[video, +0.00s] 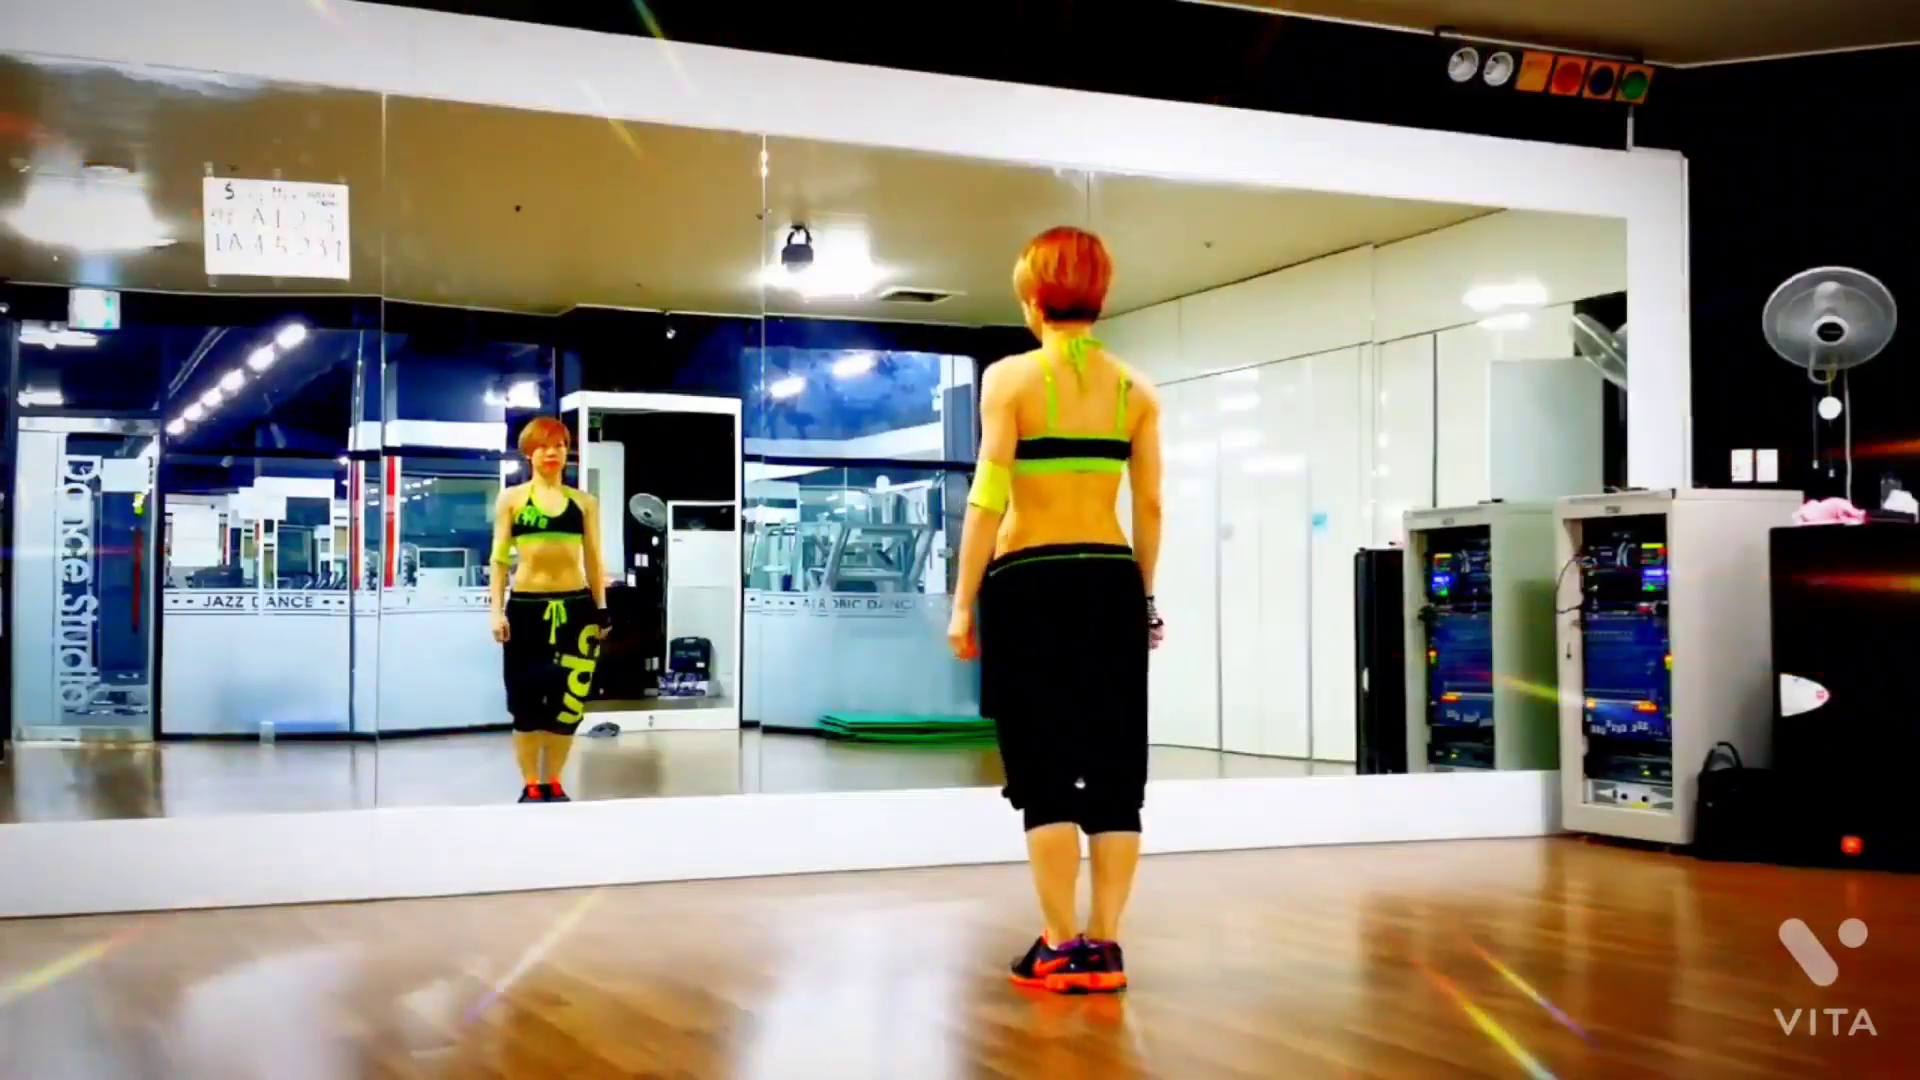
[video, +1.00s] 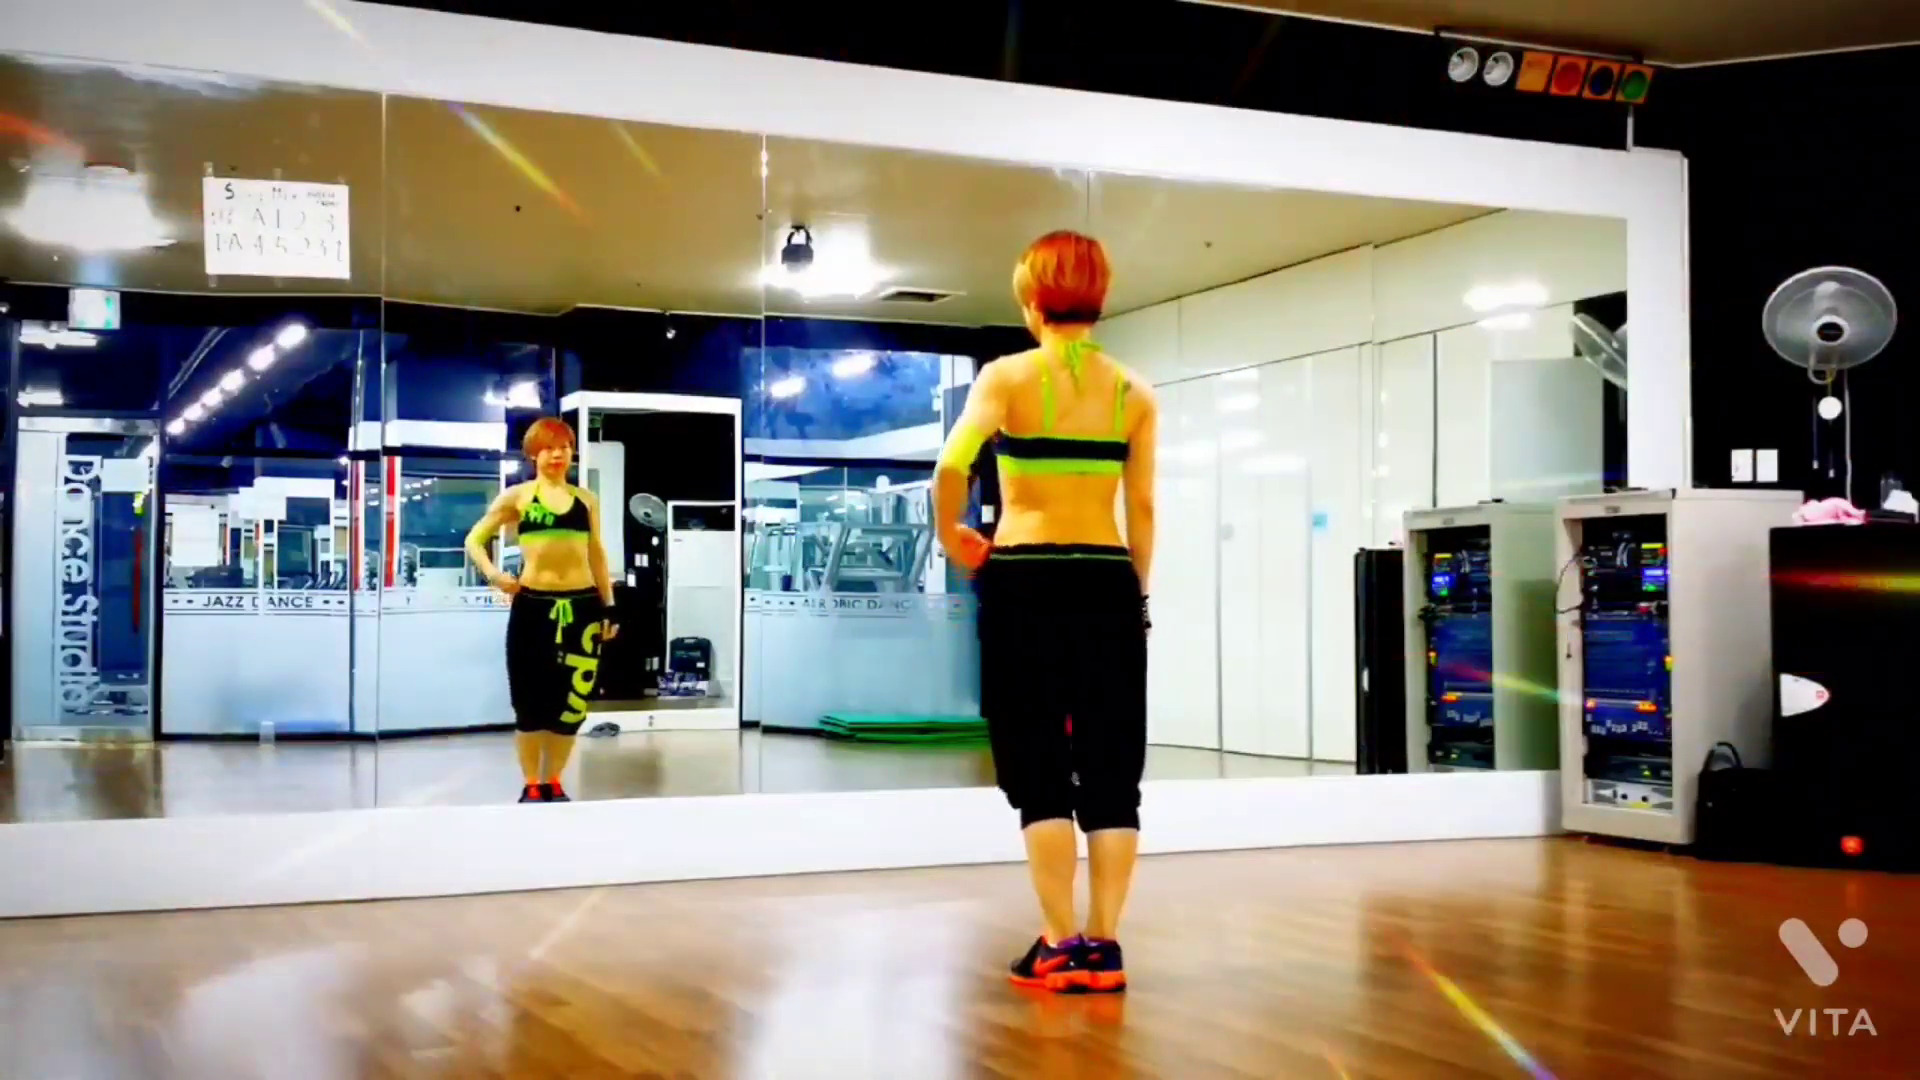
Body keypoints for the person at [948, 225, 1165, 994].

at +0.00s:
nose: (1024, 305)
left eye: (1025, 293)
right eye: (1035, 293)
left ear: (1031, 299)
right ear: (1100, 297)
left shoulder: (1009, 379)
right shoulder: (1134, 388)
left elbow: (990, 498)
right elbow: (1149, 505)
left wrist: (964, 601)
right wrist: (1143, 590)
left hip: (1026, 587)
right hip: (1111, 586)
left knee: (1041, 764)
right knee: (1117, 762)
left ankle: (1060, 940)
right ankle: (1104, 942)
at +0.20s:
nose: (1023, 305)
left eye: (1024, 294)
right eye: (1034, 293)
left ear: (1030, 299)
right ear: (1099, 298)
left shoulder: (1008, 376)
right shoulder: (1134, 388)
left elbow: (978, 478)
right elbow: (1143, 502)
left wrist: (960, 555)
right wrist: (1134, 577)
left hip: (1030, 588)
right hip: (1114, 586)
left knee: (1041, 766)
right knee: (1119, 767)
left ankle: (1061, 940)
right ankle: (1104, 944)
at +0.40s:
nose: (1022, 305)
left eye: (1024, 294)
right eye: (1034, 293)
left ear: (1029, 299)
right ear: (1099, 298)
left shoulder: (1007, 376)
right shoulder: (1135, 390)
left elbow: (964, 470)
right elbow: (1141, 506)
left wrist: (961, 545)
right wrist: (1131, 575)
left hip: (1029, 588)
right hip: (1113, 585)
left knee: (1041, 766)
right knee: (1118, 767)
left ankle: (1061, 940)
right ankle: (1104, 945)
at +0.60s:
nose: (1022, 306)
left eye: (1023, 295)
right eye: (1032, 294)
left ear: (1030, 300)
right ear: (1099, 298)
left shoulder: (1005, 378)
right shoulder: (1134, 391)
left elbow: (961, 475)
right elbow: (1139, 506)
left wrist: (957, 545)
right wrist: (1132, 582)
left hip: (1025, 588)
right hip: (1110, 587)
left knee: (1037, 766)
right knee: (1115, 767)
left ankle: (1061, 939)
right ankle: (1104, 945)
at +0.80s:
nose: (1022, 305)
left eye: (1023, 294)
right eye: (1034, 293)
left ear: (1029, 300)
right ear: (1098, 298)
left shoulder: (1004, 377)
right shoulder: (1132, 391)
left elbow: (956, 475)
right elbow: (1139, 504)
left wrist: (956, 547)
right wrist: (1136, 586)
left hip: (1024, 590)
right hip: (1109, 589)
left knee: (1036, 769)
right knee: (1113, 770)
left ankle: (1060, 938)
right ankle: (1104, 945)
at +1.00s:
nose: (1023, 307)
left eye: (1024, 297)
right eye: (1031, 296)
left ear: (1032, 302)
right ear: (1100, 300)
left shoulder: (1004, 377)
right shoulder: (1133, 392)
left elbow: (952, 470)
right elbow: (1142, 504)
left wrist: (951, 536)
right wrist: (1137, 584)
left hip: (1021, 587)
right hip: (1107, 587)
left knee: (1034, 762)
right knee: (1114, 764)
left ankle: (1061, 938)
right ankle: (1104, 944)